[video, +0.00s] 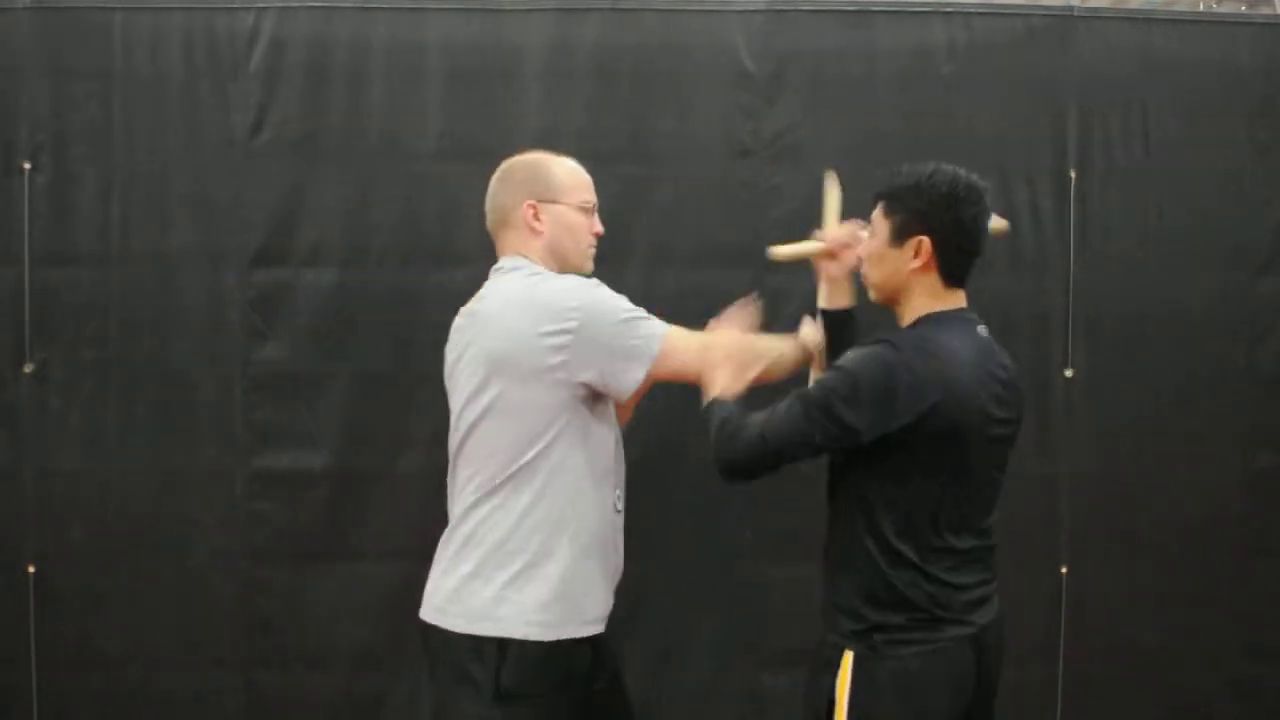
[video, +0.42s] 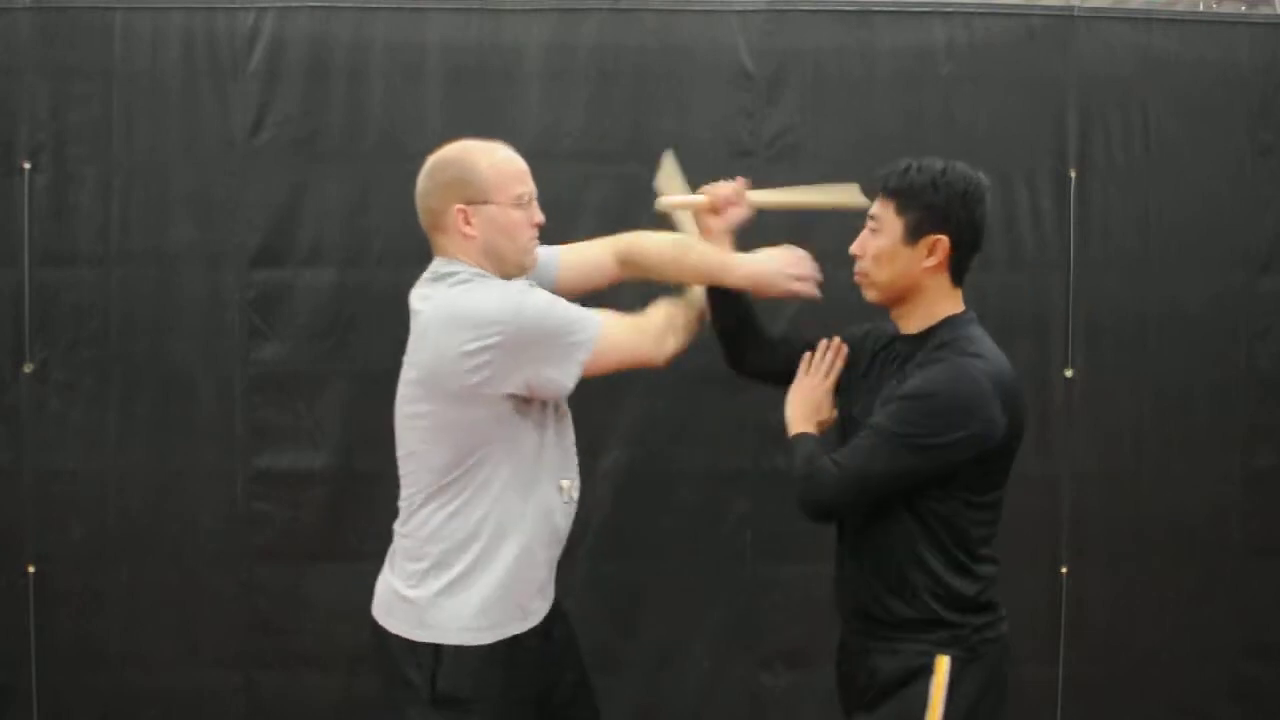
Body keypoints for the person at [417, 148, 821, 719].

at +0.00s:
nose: (600, 228)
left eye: (596, 212)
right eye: (586, 209)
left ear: (536, 219)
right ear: (535, 217)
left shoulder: (482, 312)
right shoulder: (561, 304)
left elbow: (599, 416)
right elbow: (719, 357)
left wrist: (698, 344)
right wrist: (805, 345)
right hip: (525, 635)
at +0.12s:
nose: (589, 232)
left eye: (586, 216)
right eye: (577, 215)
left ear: (521, 226)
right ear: (525, 224)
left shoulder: (457, 322)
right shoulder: (565, 320)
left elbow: (566, 425)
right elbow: (700, 407)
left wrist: (628, 358)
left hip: (458, 638)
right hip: (540, 645)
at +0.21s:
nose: (576, 231)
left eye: (572, 215)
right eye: (562, 215)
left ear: (508, 229)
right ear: (511, 227)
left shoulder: (455, 317)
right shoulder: (552, 326)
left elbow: (549, 356)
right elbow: (678, 427)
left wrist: (644, 349)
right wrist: (720, 436)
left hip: (451, 638)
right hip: (526, 649)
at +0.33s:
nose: (555, 224)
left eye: (548, 207)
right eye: (537, 209)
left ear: (481, 225)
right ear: (482, 224)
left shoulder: (470, 290)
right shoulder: (511, 321)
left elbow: (625, 271)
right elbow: (656, 381)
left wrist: (746, 302)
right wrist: (697, 359)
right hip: (475, 642)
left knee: (586, 707)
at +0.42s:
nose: (540, 219)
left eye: (535, 202)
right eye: (522, 204)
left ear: (467, 222)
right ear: (466, 221)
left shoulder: (495, 279)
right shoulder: (482, 314)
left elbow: (620, 256)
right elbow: (654, 341)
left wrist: (742, 268)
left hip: (518, 611)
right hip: (462, 636)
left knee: (575, 707)